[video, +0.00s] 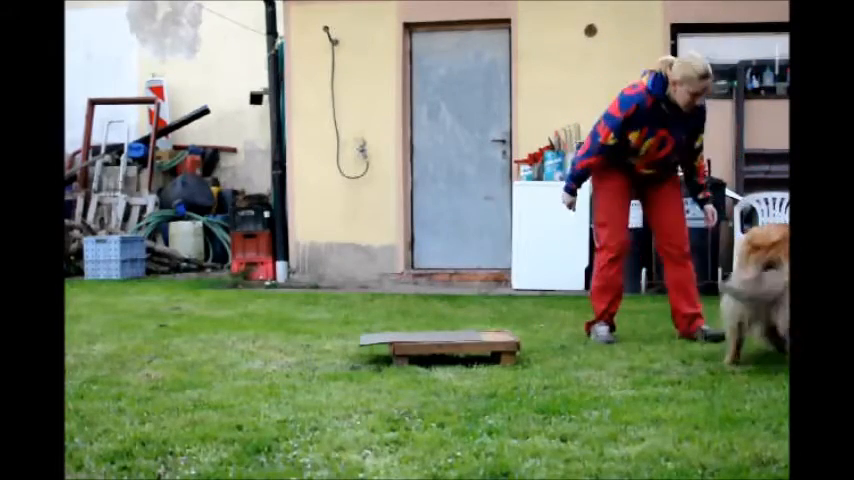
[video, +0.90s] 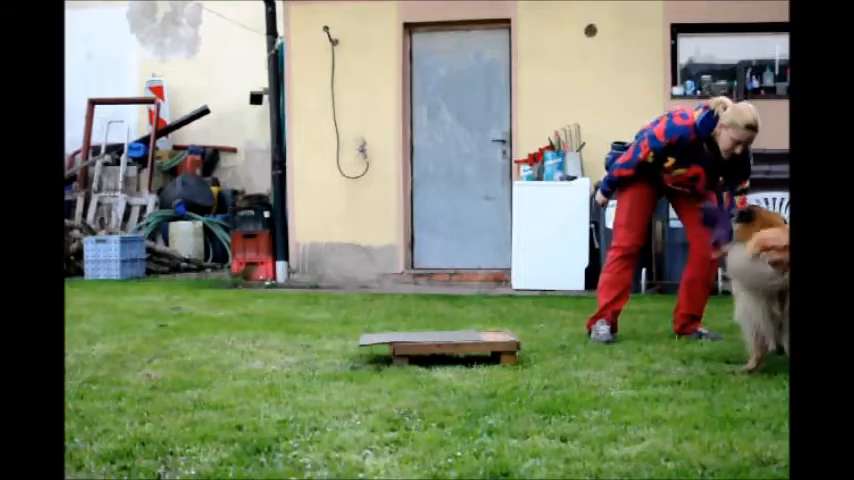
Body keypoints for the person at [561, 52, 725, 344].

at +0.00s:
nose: (698, 101)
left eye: (702, 95)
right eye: (694, 94)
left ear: (706, 88)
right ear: (675, 84)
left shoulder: (695, 113)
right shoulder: (637, 97)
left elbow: (692, 159)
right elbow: (599, 138)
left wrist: (704, 200)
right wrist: (572, 185)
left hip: (660, 174)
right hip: (614, 169)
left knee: (676, 246)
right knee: (613, 244)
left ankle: (690, 324)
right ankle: (602, 322)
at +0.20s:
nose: (703, 134)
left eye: (707, 129)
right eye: (700, 128)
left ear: (710, 121)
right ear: (682, 116)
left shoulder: (697, 138)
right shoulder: (646, 111)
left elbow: (693, 178)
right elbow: (602, 141)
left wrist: (699, 221)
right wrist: (572, 184)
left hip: (658, 177)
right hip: (613, 171)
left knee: (675, 244)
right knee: (606, 243)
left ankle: (687, 323)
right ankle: (600, 321)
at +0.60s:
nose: (733, 147)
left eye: (738, 141)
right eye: (729, 139)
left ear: (744, 135)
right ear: (712, 124)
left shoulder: (728, 147)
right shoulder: (674, 122)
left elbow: (723, 188)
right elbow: (627, 153)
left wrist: (733, 232)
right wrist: (599, 189)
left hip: (685, 179)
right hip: (639, 172)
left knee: (696, 244)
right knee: (624, 243)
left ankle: (687, 323)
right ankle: (603, 320)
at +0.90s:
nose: (739, 150)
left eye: (745, 145)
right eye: (735, 142)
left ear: (751, 141)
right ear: (720, 127)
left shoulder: (739, 160)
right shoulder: (681, 127)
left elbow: (732, 203)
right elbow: (636, 153)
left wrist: (722, 239)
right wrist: (606, 189)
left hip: (689, 185)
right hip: (646, 174)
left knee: (707, 248)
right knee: (627, 244)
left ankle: (688, 324)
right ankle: (604, 321)